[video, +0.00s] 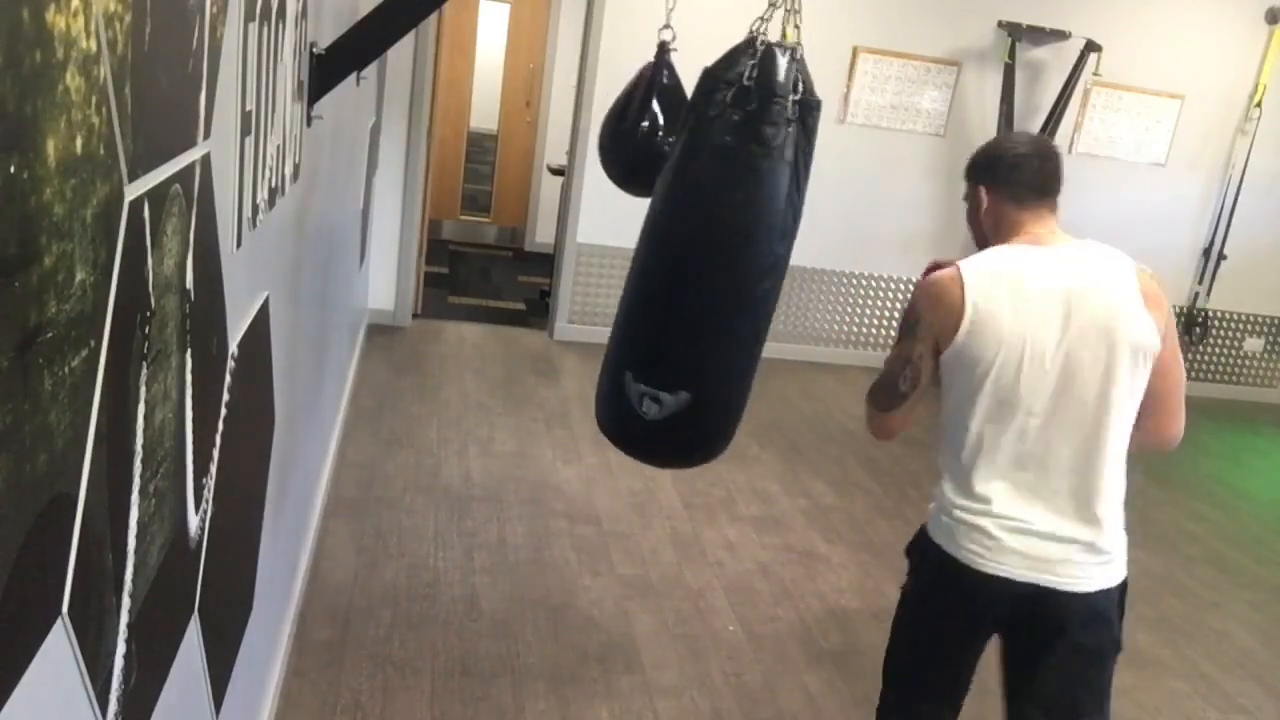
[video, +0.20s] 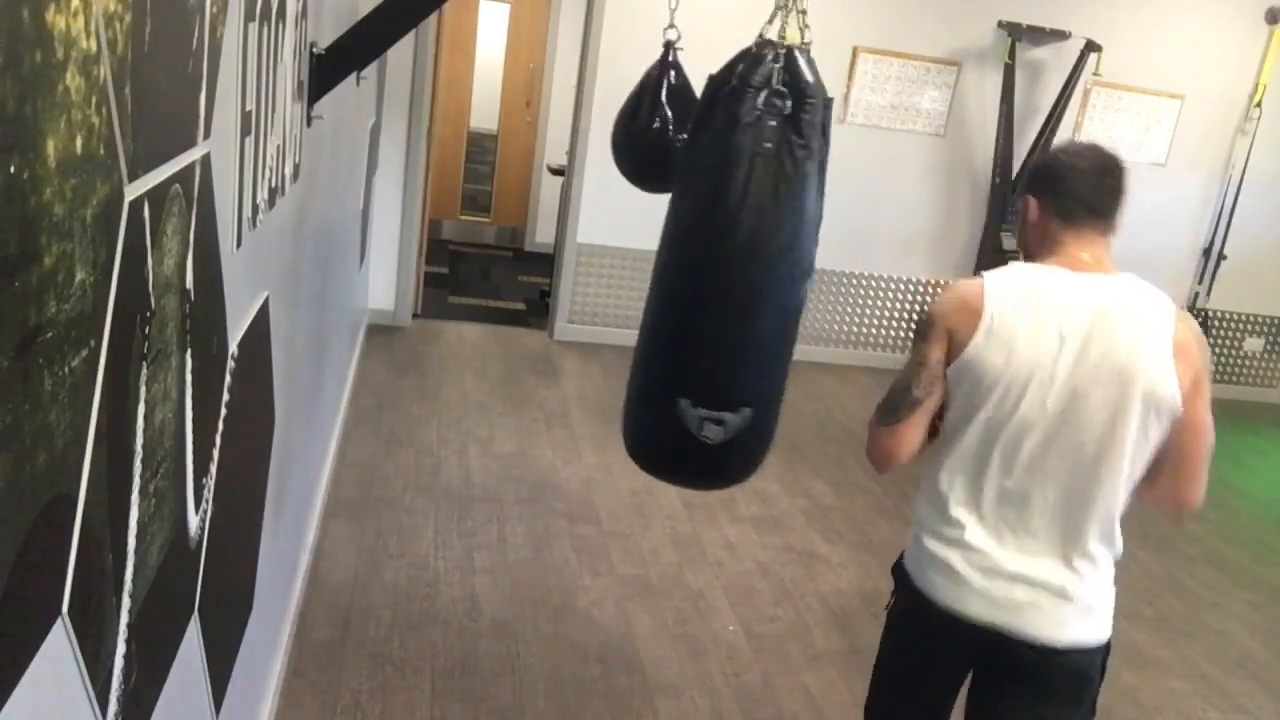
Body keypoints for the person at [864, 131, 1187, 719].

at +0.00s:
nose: (967, 219)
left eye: (967, 202)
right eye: (967, 202)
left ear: (984, 199)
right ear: (1054, 197)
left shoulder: (953, 290)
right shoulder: (1142, 291)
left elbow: (885, 420)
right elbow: (1165, 429)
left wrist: (923, 314)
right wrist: (1077, 419)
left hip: (962, 570)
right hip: (1082, 589)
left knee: (913, 711)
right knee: (1068, 713)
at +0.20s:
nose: (1019, 217)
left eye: (1022, 204)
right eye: (1024, 204)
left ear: (1032, 208)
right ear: (1112, 219)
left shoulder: (969, 303)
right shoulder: (1178, 335)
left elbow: (886, 450)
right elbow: (1183, 492)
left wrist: (949, 403)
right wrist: (1098, 465)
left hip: (938, 604)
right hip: (1063, 635)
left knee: (898, 711)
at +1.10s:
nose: (978, 237)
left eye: (979, 221)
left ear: (994, 227)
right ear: (1085, 234)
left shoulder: (936, 317)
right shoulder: (1156, 357)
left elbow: (832, 471)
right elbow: (1138, 510)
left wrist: (867, 373)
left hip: (883, 661)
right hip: (1025, 688)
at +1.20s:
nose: (928, 238)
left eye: (930, 224)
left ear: (944, 230)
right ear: (1031, 229)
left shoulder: (893, 318)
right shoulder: (1105, 353)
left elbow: (816, 476)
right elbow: (1084, 506)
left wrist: (834, 370)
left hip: (851, 655)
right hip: (989, 683)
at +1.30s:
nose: (886, 229)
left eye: (887, 215)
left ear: (896, 219)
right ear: (985, 220)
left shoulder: (850, 302)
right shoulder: (1055, 330)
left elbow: (784, 449)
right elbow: (1045, 483)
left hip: (822, 612)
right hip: (949, 640)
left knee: (765, 712)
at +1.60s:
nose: (874, 187)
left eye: (875, 175)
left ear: (878, 180)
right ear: (964, 187)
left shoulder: (821, 250)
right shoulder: (1015, 288)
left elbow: (752, 380)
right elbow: (991, 416)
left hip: (793, 552)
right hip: (908, 579)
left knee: (736, 702)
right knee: (884, 711)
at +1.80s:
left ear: (855, 182)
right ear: (938, 188)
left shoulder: (792, 251)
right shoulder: (979, 289)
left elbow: (718, 374)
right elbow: (981, 428)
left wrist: (794, 347)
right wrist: (911, 385)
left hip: (757, 538)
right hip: (867, 573)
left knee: (682, 683)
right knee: (857, 712)